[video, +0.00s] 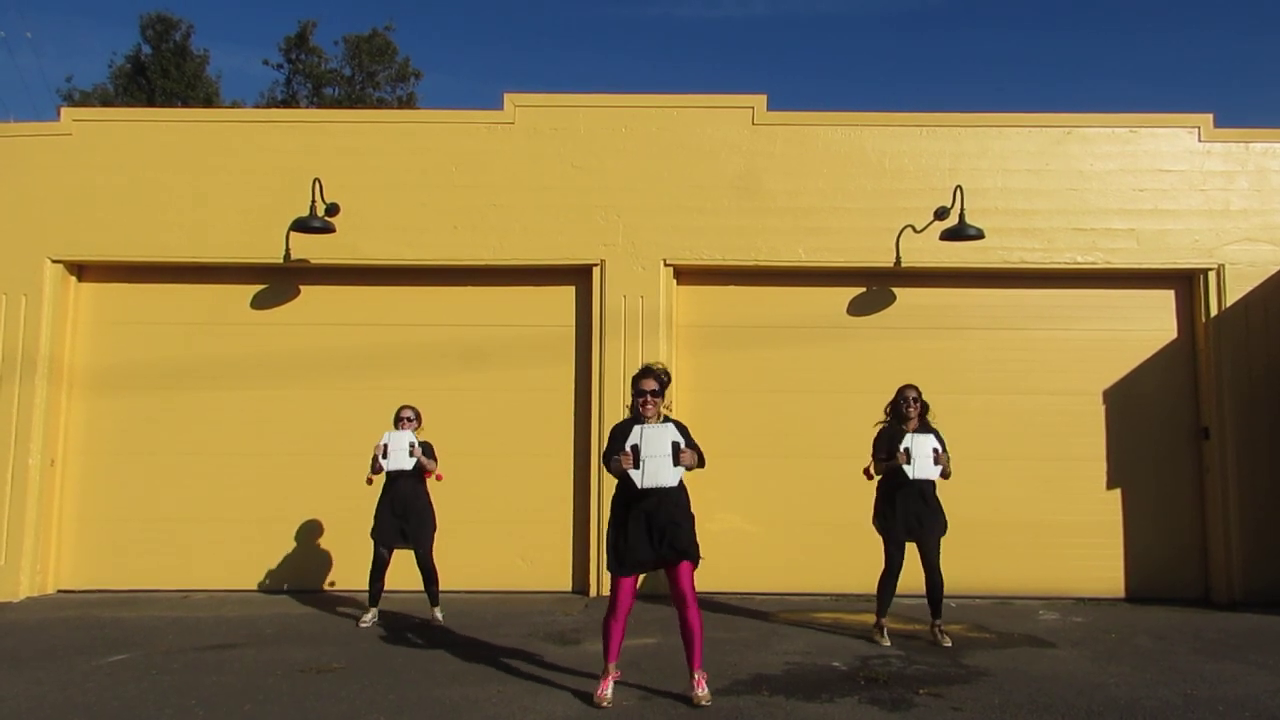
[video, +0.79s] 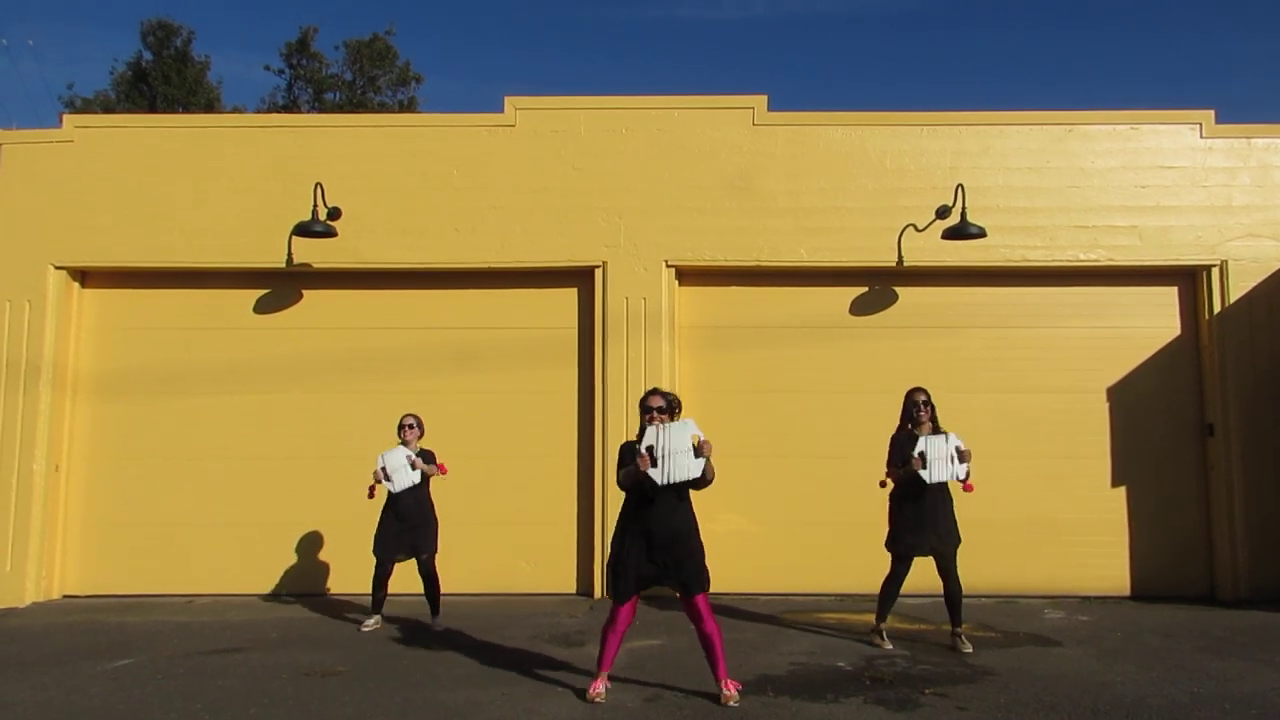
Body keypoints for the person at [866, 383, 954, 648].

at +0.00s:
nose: (910, 404)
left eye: (915, 400)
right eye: (904, 401)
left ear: (921, 404)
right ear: (896, 405)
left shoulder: (932, 434)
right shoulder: (886, 434)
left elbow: (945, 475)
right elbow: (876, 469)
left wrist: (943, 463)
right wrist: (894, 462)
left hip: (925, 505)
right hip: (893, 507)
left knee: (933, 566)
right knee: (893, 565)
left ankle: (936, 625)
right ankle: (880, 624)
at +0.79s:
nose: (921, 408)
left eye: (925, 404)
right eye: (915, 405)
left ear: (932, 407)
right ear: (907, 409)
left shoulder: (943, 438)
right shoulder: (901, 438)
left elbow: (958, 474)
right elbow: (893, 475)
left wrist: (964, 460)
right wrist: (909, 468)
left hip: (940, 515)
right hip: (908, 516)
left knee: (949, 574)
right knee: (898, 572)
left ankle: (958, 632)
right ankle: (878, 628)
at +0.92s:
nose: (924, 392)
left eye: (927, 387)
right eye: (918, 389)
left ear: (934, 392)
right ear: (909, 397)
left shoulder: (949, 421)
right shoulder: (903, 425)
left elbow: (980, 442)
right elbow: (896, 462)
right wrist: (895, 480)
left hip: (942, 501)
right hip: (908, 502)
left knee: (949, 563)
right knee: (899, 556)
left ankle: (954, 626)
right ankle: (869, 598)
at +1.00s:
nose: (927, 394)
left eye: (930, 390)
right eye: (921, 392)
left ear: (936, 395)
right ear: (912, 400)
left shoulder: (951, 421)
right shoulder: (907, 428)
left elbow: (992, 423)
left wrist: (1006, 404)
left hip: (945, 504)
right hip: (912, 504)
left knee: (951, 567)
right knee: (901, 561)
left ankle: (951, 628)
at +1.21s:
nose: (927, 395)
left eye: (930, 390)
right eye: (920, 392)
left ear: (936, 396)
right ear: (911, 399)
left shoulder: (949, 422)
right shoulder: (904, 430)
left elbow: (985, 419)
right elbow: (893, 465)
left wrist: (1006, 406)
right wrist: (892, 486)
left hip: (943, 506)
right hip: (910, 506)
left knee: (946, 566)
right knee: (904, 561)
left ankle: (953, 629)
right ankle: (877, 552)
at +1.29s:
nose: (925, 397)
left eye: (929, 393)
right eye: (919, 394)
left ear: (935, 398)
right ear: (909, 400)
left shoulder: (947, 423)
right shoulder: (900, 428)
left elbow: (980, 436)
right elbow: (890, 467)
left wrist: (985, 433)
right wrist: (906, 473)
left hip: (942, 502)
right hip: (907, 503)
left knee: (949, 565)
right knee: (902, 562)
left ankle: (959, 624)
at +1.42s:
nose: (922, 410)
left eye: (926, 406)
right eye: (916, 406)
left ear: (933, 410)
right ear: (908, 410)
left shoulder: (942, 441)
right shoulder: (899, 439)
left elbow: (956, 482)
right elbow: (887, 478)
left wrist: (955, 470)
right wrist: (904, 463)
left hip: (937, 513)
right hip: (904, 513)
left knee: (947, 573)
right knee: (903, 573)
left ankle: (963, 629)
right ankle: (888, 629)